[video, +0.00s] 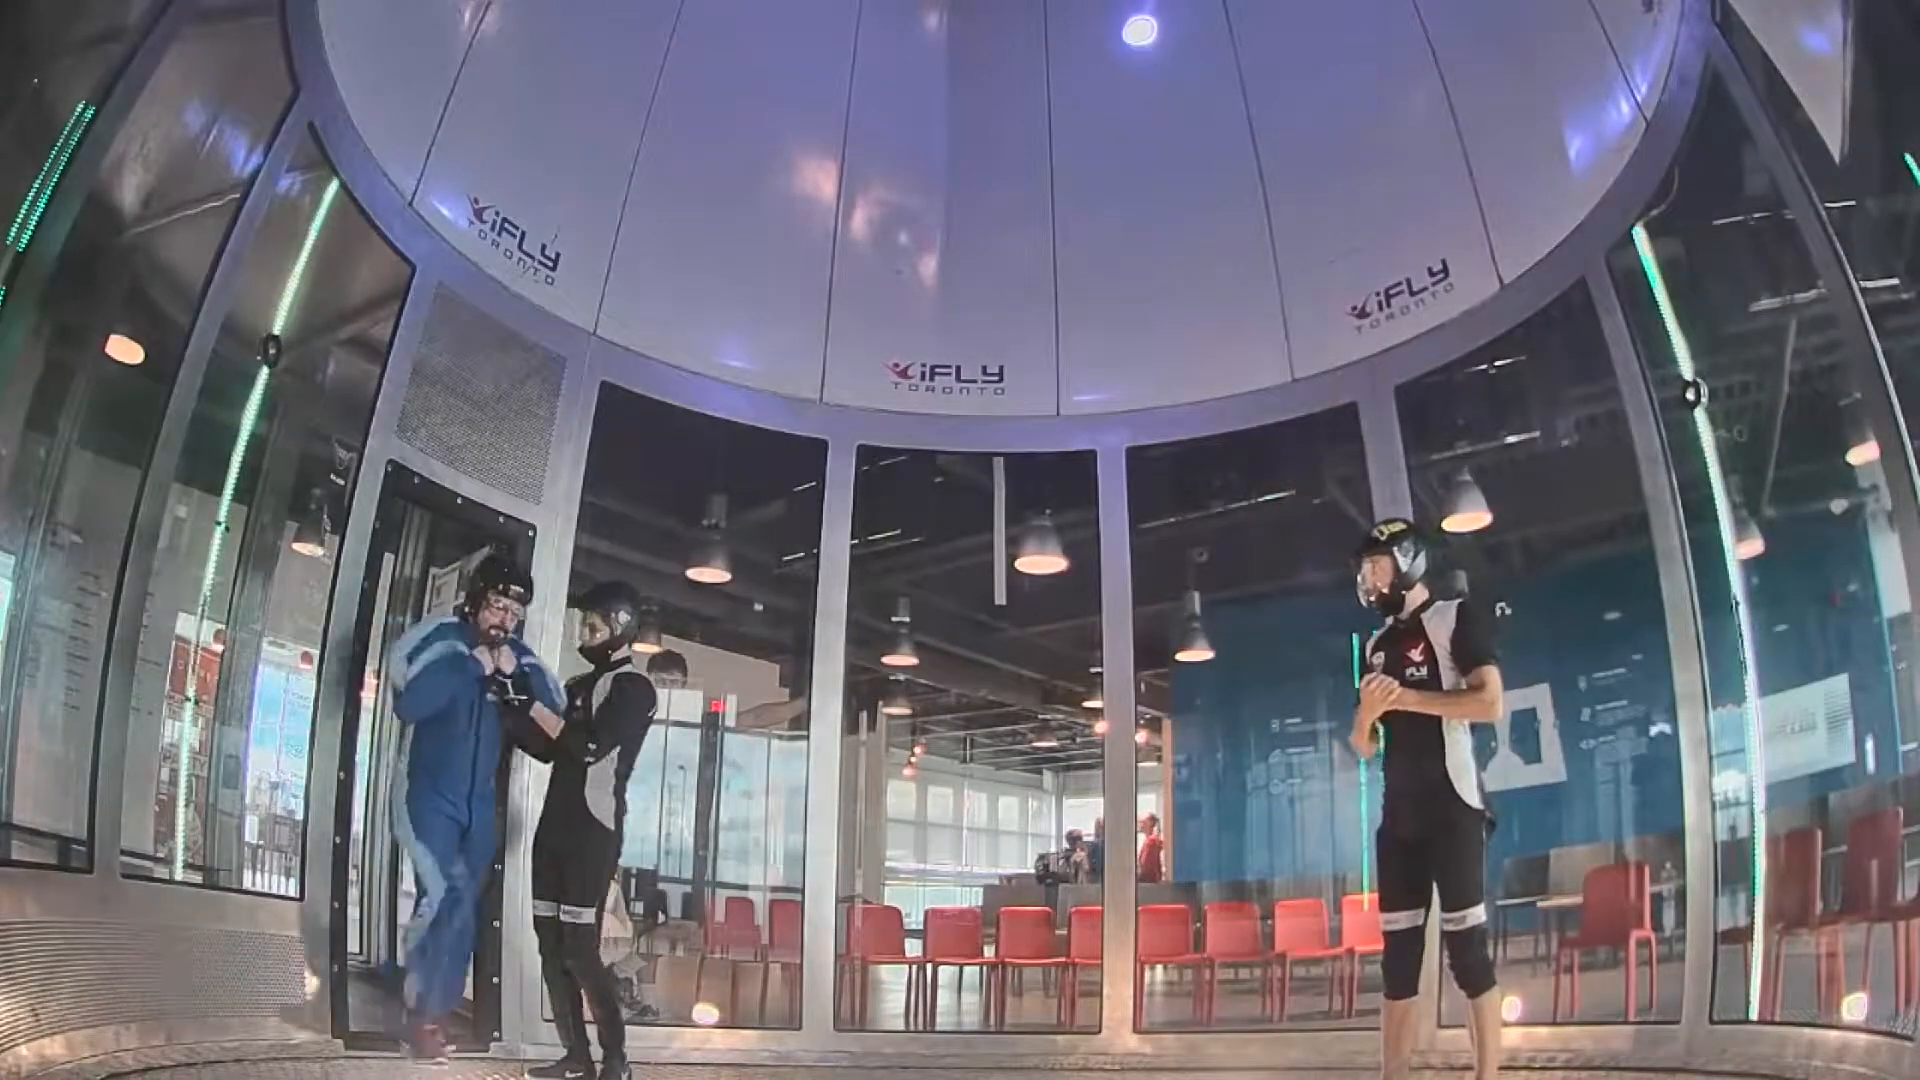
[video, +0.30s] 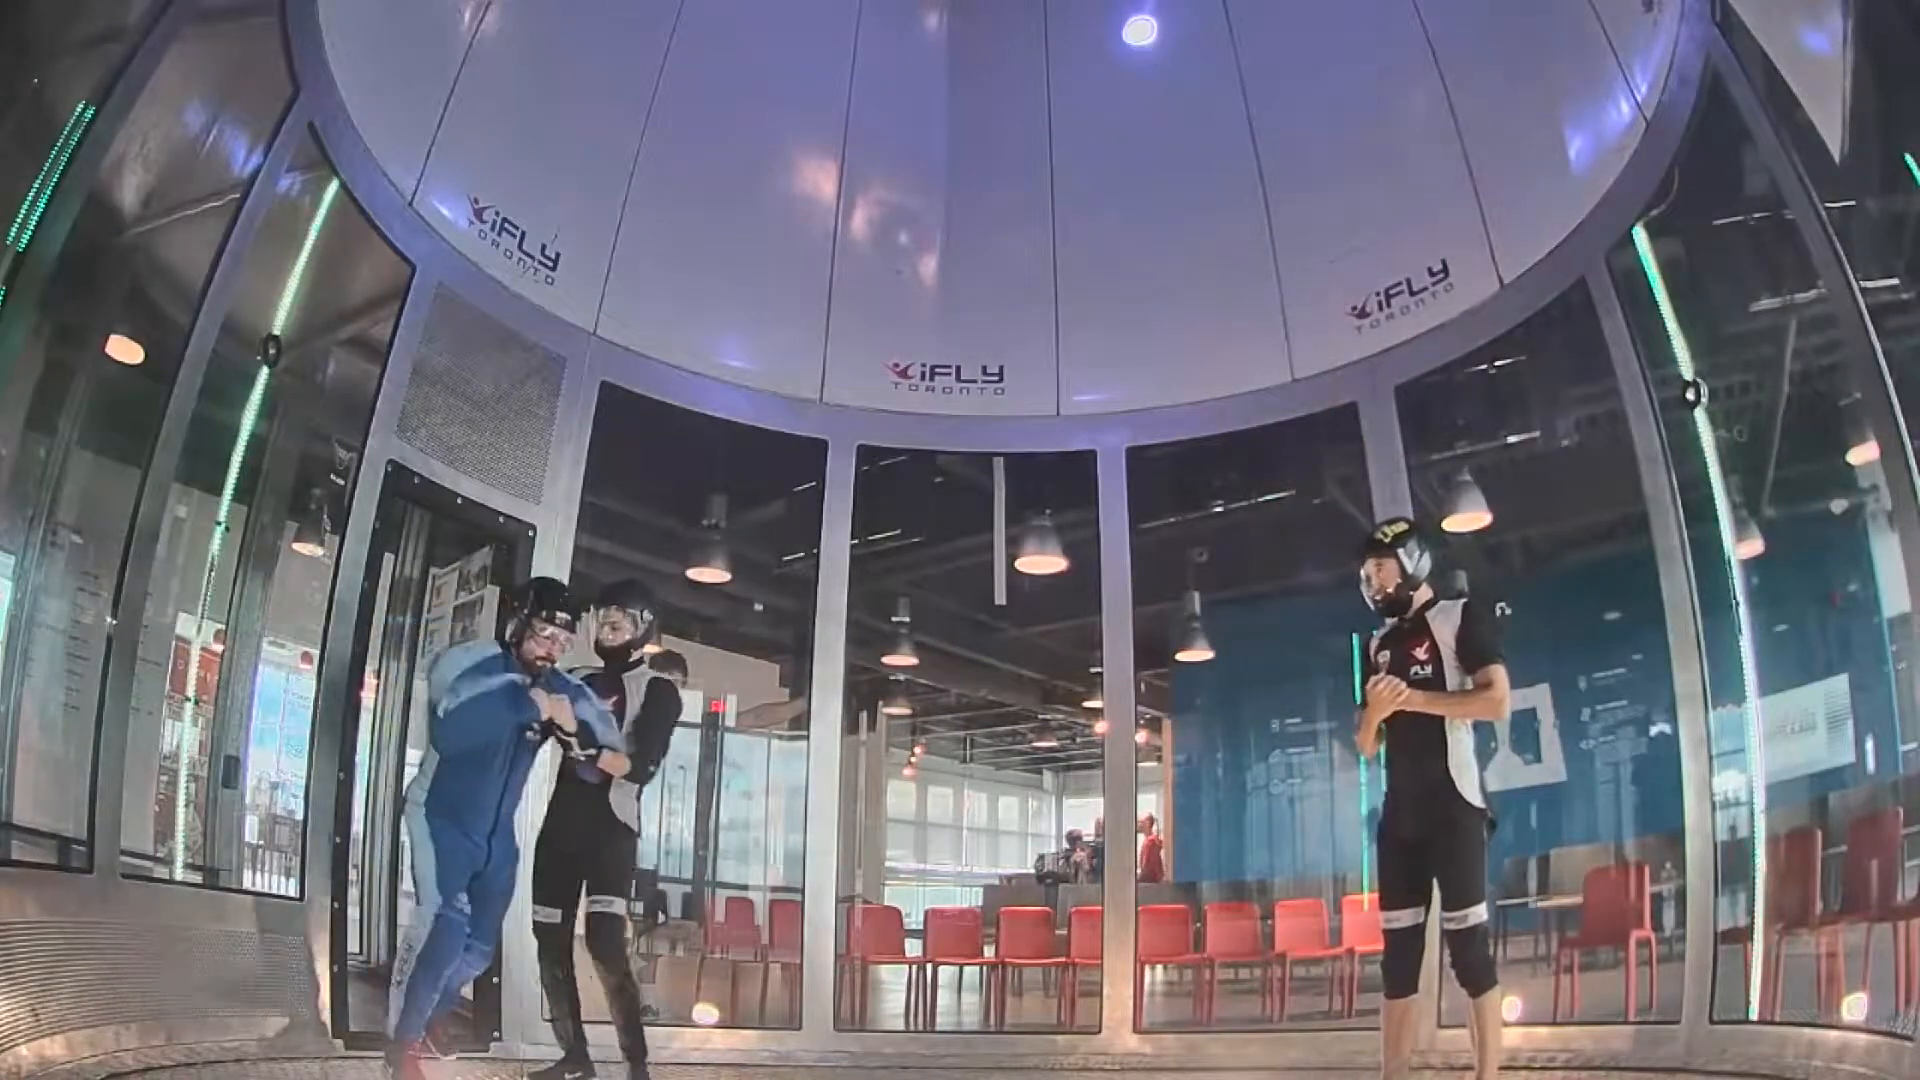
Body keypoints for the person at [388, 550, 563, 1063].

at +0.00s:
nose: (503, 619)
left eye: (513, 611)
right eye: (496, 606)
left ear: (521, 615)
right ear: (473, 603)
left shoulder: (518, 656)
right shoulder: (443, 641)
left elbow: (555, 713)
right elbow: (408, 705)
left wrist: (513, 672)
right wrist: (470, 661)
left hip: (484, 798)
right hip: (432, 792)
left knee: (464, 900)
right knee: (449, 890)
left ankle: (436, 1016)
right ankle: (423, 1013)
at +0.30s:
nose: (552, 647)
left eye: (561, 638)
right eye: (543, 633)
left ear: (567, 643)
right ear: (516, 626)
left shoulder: (562, 688)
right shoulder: (476, 670)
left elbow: (612, 749)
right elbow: (447, 735)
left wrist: (574, 725)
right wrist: (522, 702)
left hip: (500, 828)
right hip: (446, 820)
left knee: (481, 947)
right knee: (449, 930)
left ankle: (422, 1025)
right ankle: (406, 1047)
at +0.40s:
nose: (558, 657)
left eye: (569, 649)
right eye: (550, 642)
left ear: (577, 653)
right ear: (525, 635)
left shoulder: (567, 691)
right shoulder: (492, 676)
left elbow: (622, 735)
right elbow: (452, 726)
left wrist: (596, 731)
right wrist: (539, 715)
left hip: (504, 833)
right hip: (447, 823)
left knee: (487, 951)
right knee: (449, 935)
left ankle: (427, 1012)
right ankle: (401, 1051)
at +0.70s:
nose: (604, 714)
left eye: (615, 705)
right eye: (595, 701)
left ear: (624, 710)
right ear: (572, 694)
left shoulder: (618, 735)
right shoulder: (529, 720)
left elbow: (684, 725)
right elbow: (493, 656)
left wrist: (751, 715)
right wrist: (572, 651)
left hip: (529, 887)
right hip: (470, 869)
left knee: (498, 997)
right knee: (478, 992)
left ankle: (424, 1038)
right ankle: (404, 1040)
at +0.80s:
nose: (618, 722)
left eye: (630, 714)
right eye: (609, 707)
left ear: (640, 719)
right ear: (583, 698)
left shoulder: (629, 744)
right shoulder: (540, 721)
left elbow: (700, 722)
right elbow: (508, 645)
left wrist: (768, 705)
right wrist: (574, 617)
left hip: (535, 899)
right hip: (477, 876)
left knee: (488, 1014)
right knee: (478, 1008)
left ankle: (420, 1044)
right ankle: (407, 1037)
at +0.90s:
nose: (663, 745)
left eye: (675, 733)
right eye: (653, 728)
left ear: (684, 728)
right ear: (624, 709)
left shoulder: (675, 735)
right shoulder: (579, 718)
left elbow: (748, 706)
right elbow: (555, 624)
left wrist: (826, 670)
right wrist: (590, 554)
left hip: (548, 896)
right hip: (493, 875)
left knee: (480, 1002)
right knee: (465, 1005)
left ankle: (423, 1049)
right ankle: (408, 1053)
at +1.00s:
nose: (694, 738)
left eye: (706, 728)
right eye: (686, 719)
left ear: (714, 726)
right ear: (656, 699)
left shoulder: (696, 735)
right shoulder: (604, 704)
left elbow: (774, 697)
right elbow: (587, 612)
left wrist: (859, 668)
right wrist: (622, 536)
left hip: (558, 891)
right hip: (502, 862)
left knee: (484, 970)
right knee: (461, 970)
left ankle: (419, 1025)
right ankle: (407, 1034)